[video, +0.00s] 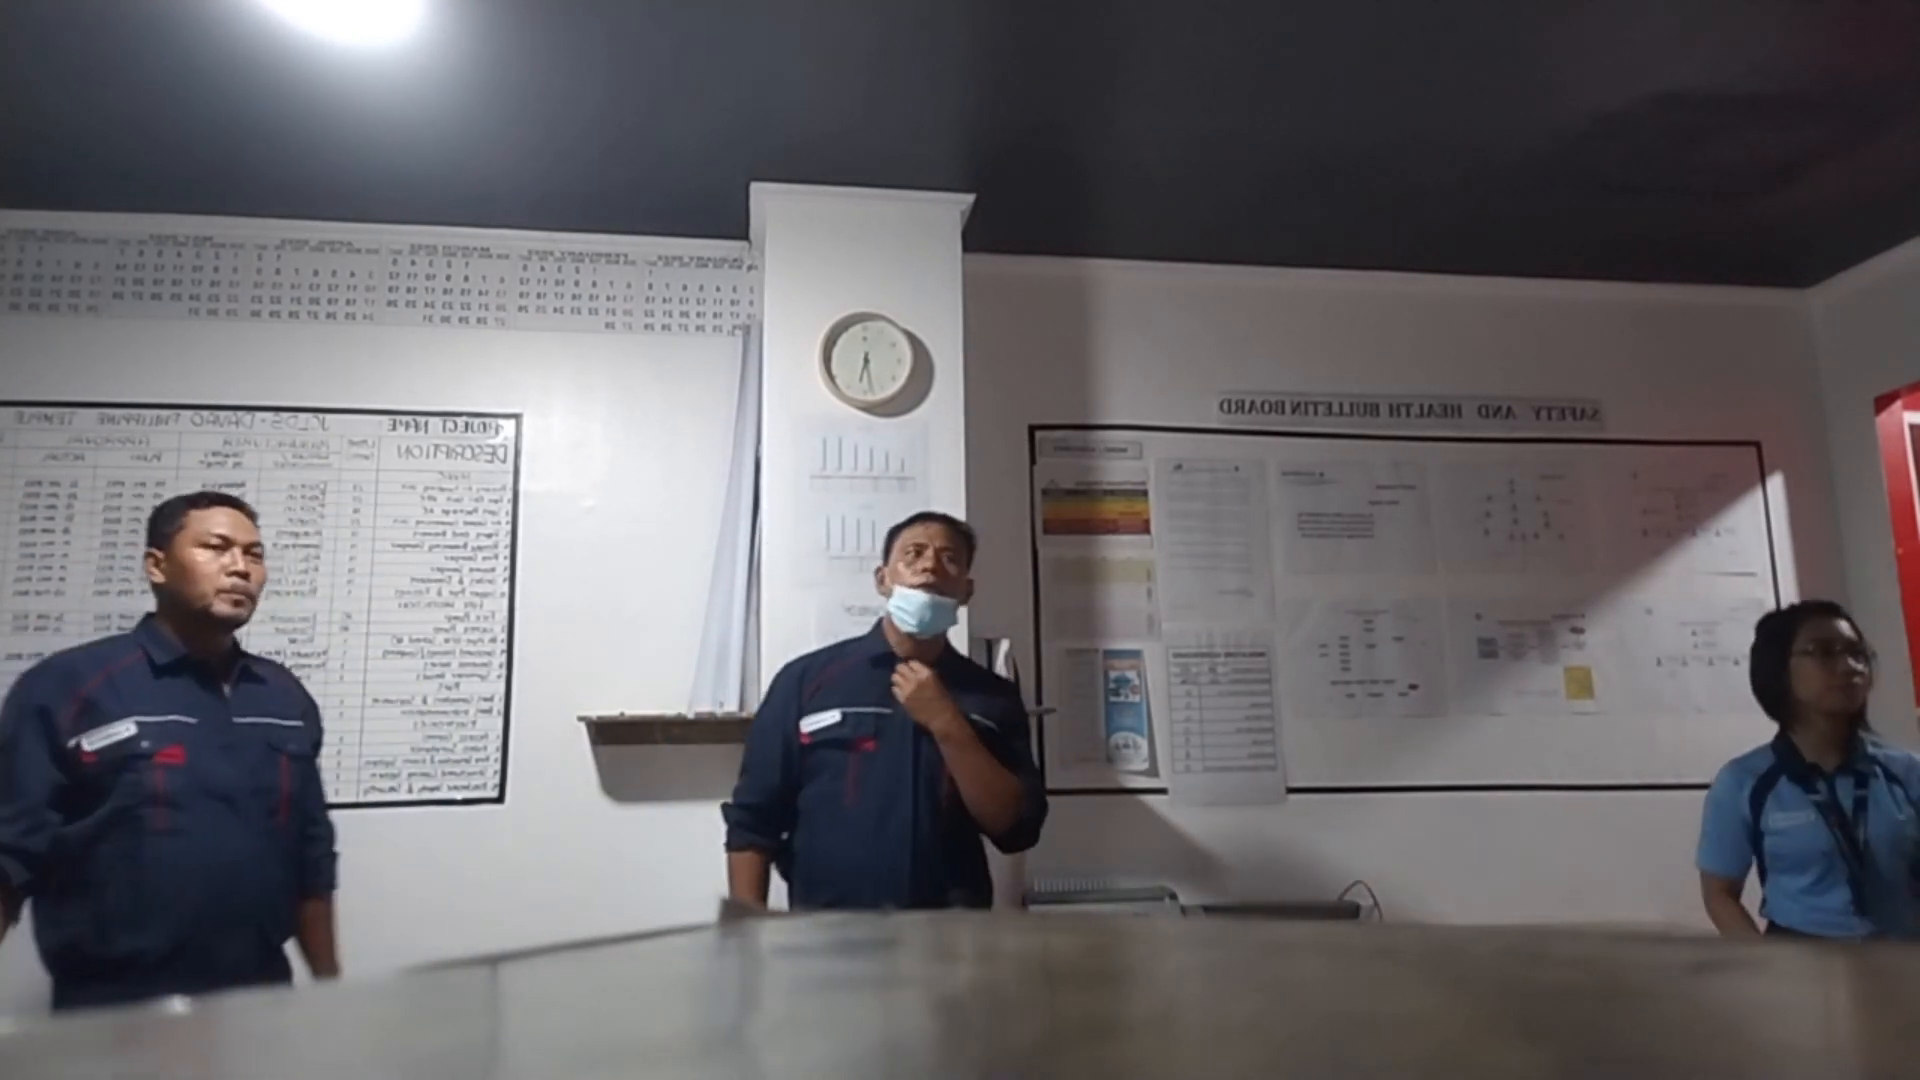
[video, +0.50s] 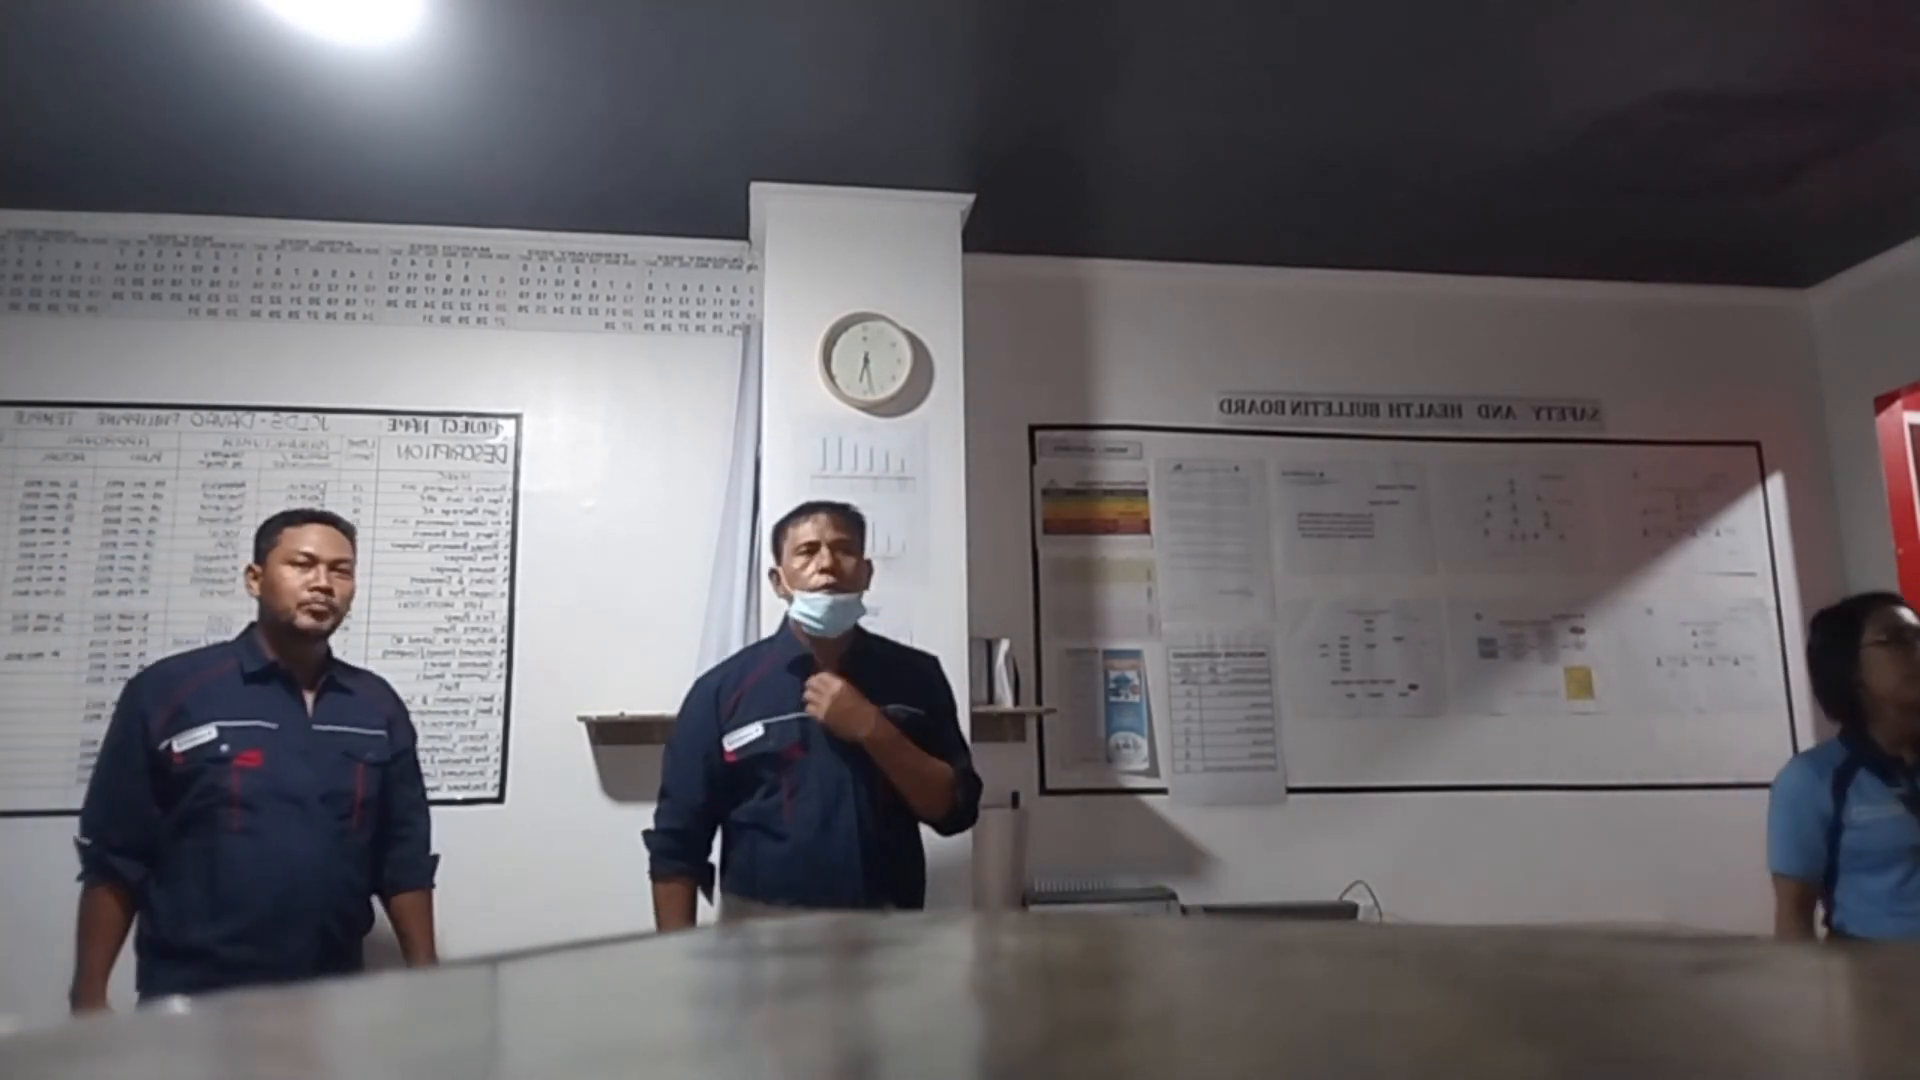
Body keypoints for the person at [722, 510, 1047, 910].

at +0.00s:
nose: (930, 566)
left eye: (948, 559)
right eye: (914, 554)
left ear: (966, 589)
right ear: (883, 579)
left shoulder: (992, 696)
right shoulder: (805, 682)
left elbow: (1018, 829)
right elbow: (752, 821)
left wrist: (945, 722)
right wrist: (749, 940)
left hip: (952, 943)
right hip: (827, 941)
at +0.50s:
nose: (827, 563)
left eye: (843, 550)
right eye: (806, 551)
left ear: (866, 574)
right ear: (779, 579)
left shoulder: (916, 676)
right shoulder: (721, 693)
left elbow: (956, 811)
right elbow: (676, 848)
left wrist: (871, 728)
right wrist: (681, 976)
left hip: (886, 940)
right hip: (763, 942)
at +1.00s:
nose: (850, 556)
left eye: (865, 546)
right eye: (829, 543)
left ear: (881, 570)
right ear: (795, 570)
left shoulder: (929, 681)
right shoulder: (732, 698)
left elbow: (976, 822)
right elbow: (695, 853)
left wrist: (991, 943)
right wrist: (712, 973)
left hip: (913, 942)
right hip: (782, 945)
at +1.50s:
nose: (974, 559)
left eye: (988, 552)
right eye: (956, 546)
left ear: (1002, 579)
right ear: (919, 569)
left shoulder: (1034, 694)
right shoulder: (845, 688)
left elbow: (1076, 833)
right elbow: (801, 831)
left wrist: (1100, 939)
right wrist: (810, 954)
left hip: (1009, 949)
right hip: (883, 949)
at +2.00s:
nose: (992, 572)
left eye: (1009, 563)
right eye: (975, 556)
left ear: (1025, 588)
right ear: (940, 576)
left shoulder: (1055, 705)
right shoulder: (863, 690)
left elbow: (1079, 860)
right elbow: (814, 829)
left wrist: (1079, 962)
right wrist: (812, 952)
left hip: (1021, 955)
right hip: (893, 953)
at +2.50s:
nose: (919, 567)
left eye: (936, 558)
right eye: (902, 553)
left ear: (949, 584)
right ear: (868, 574)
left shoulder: (992, 693)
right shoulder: (800, 691)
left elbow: (1025, 837)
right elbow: (755, 831)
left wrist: (1033, 948)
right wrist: (757, 950)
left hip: (965, 947)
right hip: (837, 948)